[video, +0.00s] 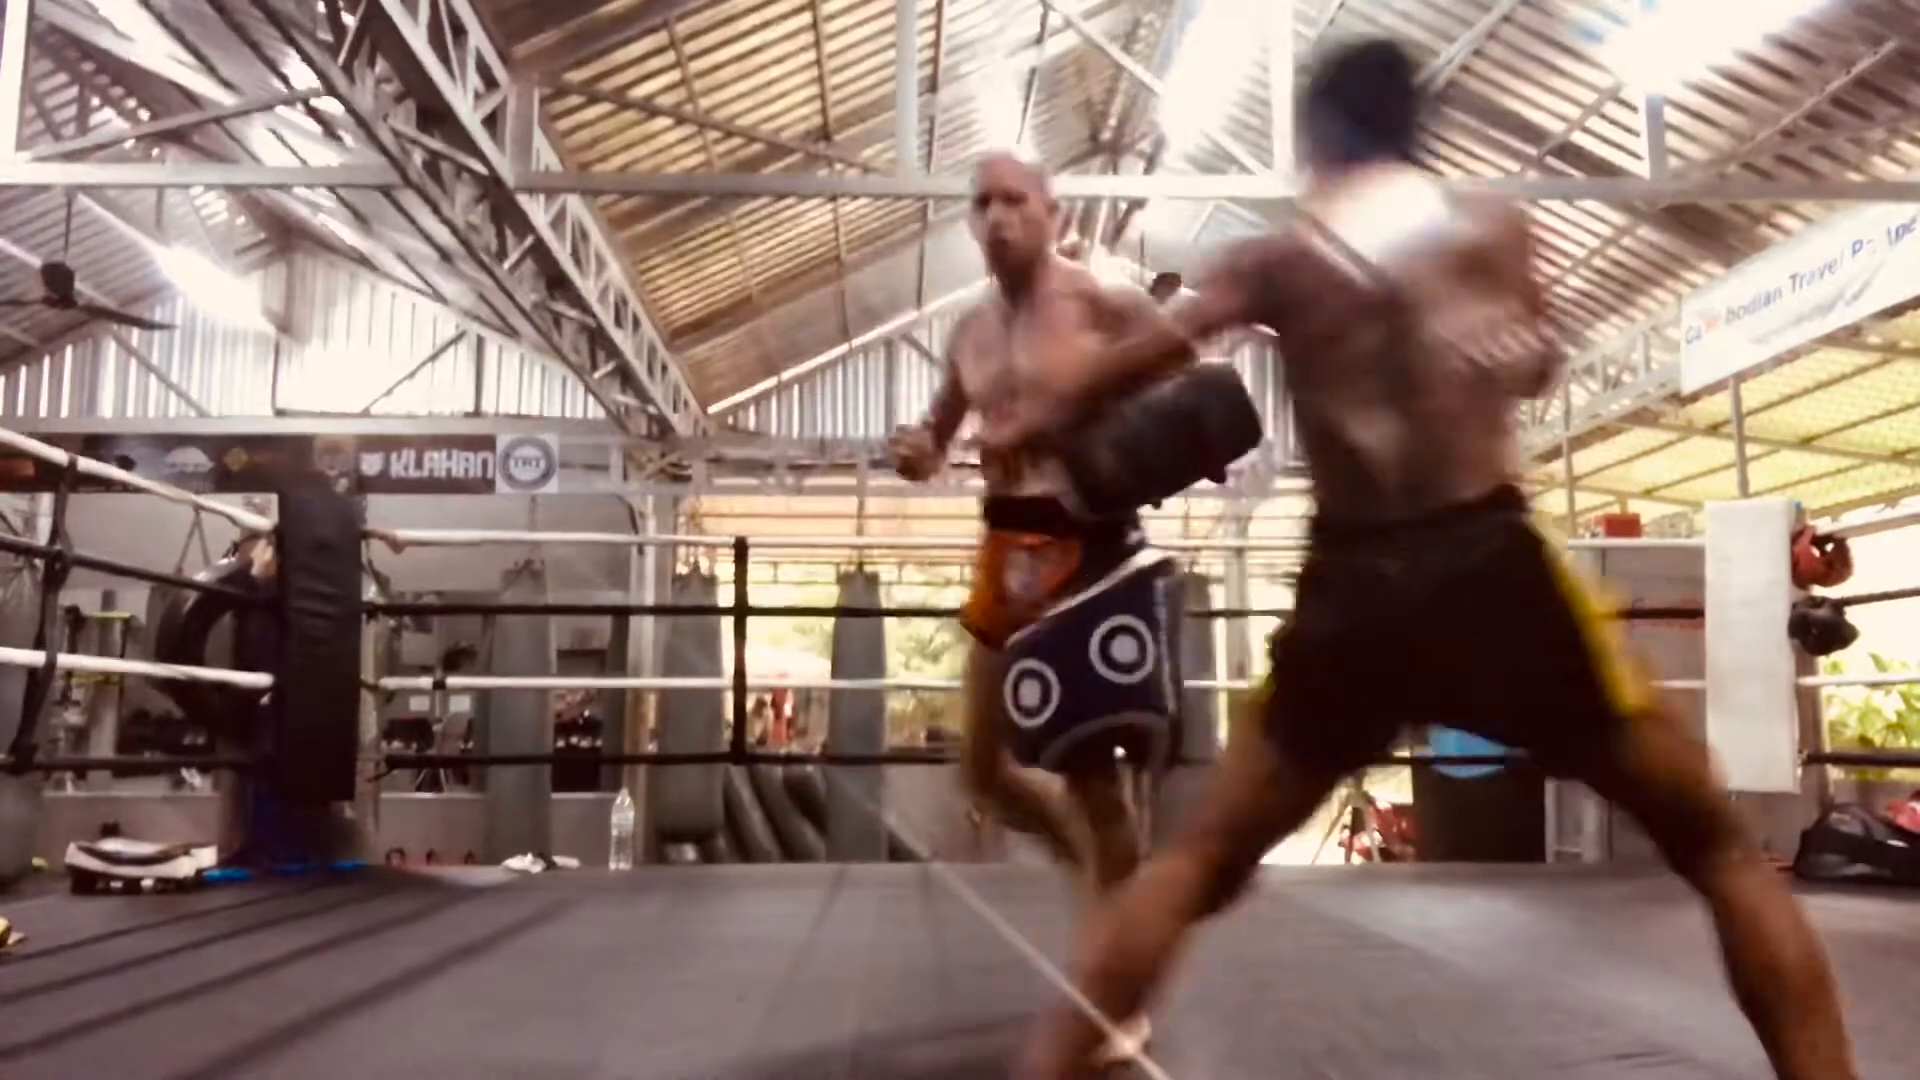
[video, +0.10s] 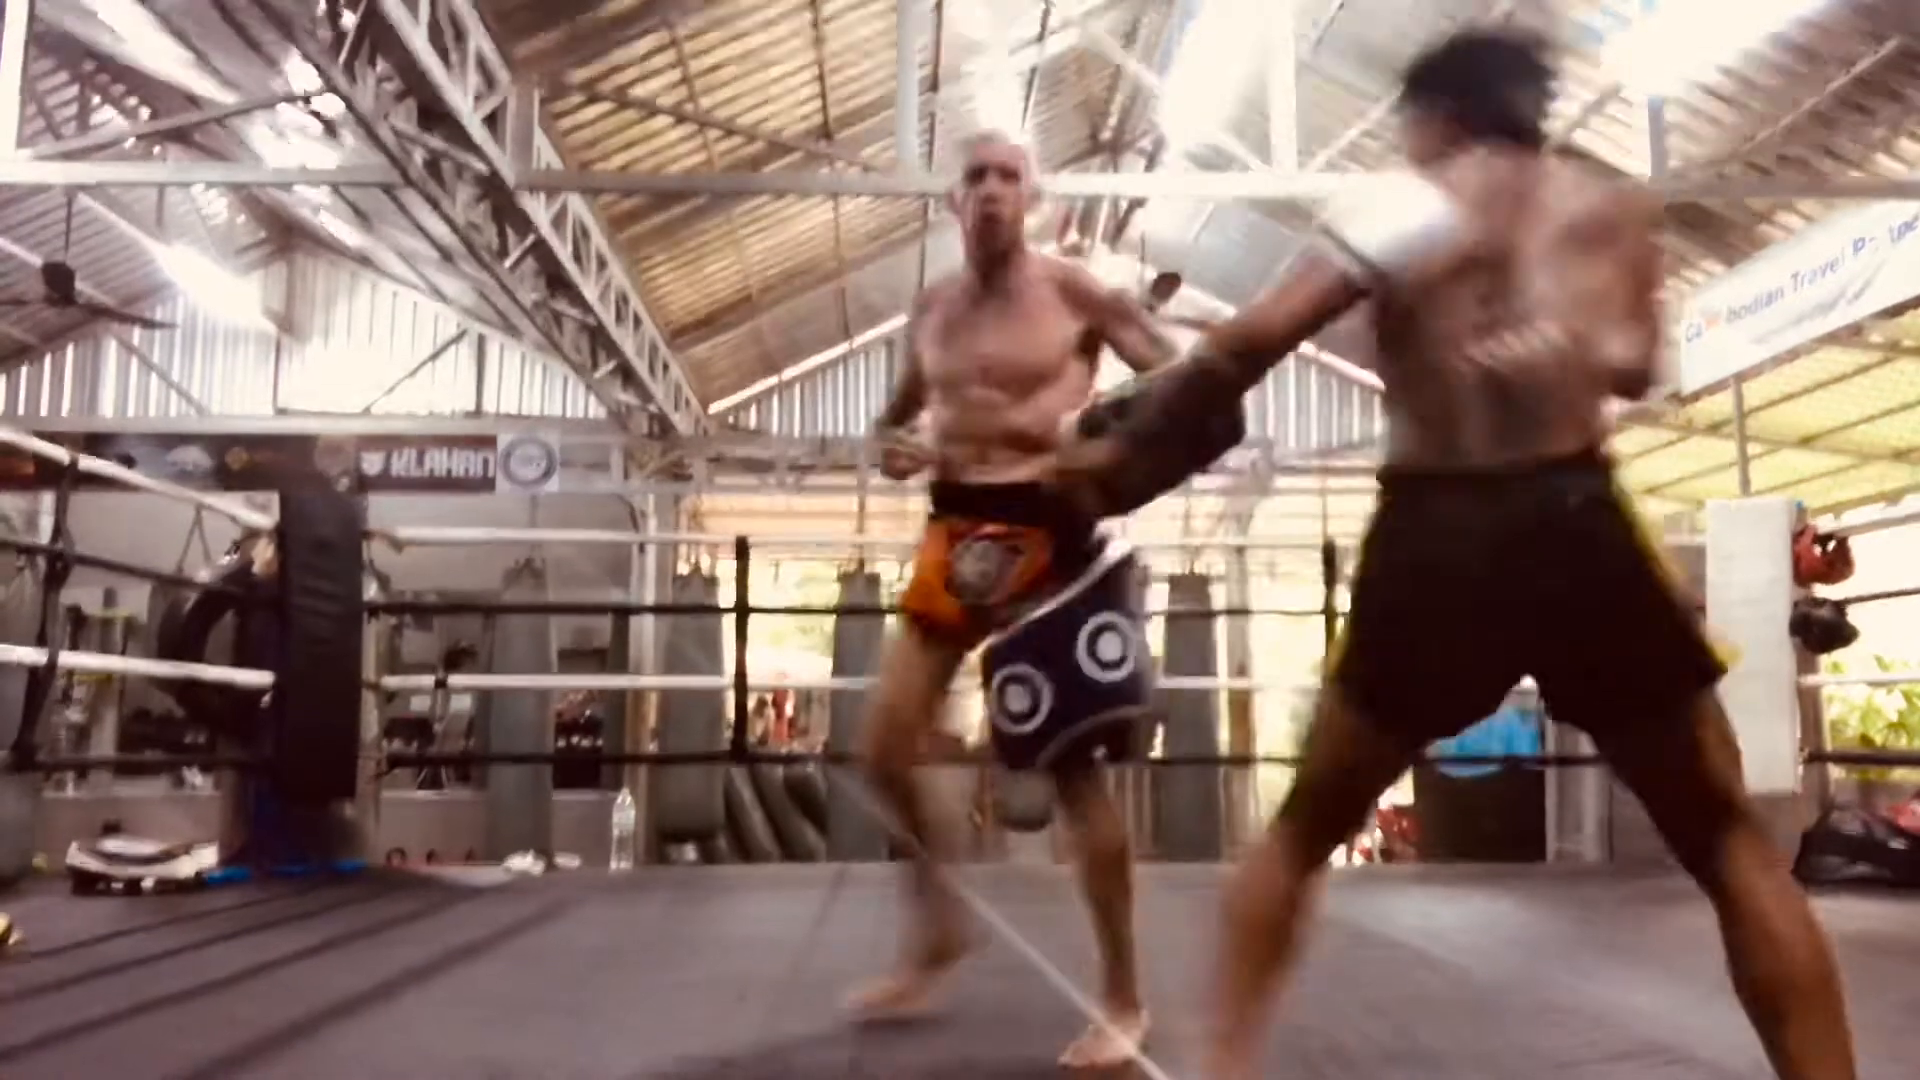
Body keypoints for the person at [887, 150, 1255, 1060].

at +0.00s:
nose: (994, 219)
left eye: (1010, 200)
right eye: (982, 204)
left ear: (1051, 209)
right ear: (972, 222)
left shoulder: (1109, 303)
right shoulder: (970, 331)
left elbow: (1193, 394)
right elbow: (932, 447)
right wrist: (914, 452)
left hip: (1092, 546)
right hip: (1007, 543)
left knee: (1098, 784)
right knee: (985, 770)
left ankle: (1118, 992)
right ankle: (1091, 851)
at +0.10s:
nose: (989, 191)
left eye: (1004, 176)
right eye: (975, 177)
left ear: (1033, 195)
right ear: (954, 196)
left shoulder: (1076, 290)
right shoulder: (934, 311)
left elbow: (1181, 378)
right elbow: (894, 424)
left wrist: (1098, 427)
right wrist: (897, 445)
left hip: (1059, 535)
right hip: (957, 533)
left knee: (1084, 781)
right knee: (886, 748)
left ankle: (1122, 1006)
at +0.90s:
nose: (860, 226)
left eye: (856, 211)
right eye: (843, 211)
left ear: (800, 224)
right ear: (789, 220)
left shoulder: (799, 321)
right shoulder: (730, 281)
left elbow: (758, 439)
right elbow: (728, 387)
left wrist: (819, 462)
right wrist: (823, 364)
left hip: (745, 536)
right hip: (669, 528)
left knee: (789, 758)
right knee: (646, 783)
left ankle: (766, 977)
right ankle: (601, 999)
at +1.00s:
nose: (887, 273)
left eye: (887, 257)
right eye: (874, 254)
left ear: (838, 267)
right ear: (823, 257)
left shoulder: (806, 360)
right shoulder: (751, 308)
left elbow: (783, 464)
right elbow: (717, 424)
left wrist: (833, 504)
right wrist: (835, 442)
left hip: (742, 550)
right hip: (672, 534)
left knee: (792, 770)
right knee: (656, 785)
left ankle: (765, 981)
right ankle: (598, 998)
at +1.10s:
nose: (904, 303)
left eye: (907, 289)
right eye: (892, 282)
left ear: (866, 293)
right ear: (841, 280)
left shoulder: (822, 396)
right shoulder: (762, 321)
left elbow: (810, 496)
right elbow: (746, 432)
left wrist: (861, 523)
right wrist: (875, 458)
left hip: (740, 559)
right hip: (663, 545)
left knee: (804, 773)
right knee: (648, 776)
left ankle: (767, 980)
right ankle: (593, 986)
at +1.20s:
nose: (907, 321)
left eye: (910, 308)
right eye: (896, 300)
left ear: (868, 309)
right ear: (846, 289)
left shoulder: (833, 403)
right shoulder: (762, 323)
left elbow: (841, 526)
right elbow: (771, 415)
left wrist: (906, 491)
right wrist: (900, 405)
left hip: (735, 570)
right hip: (654, 548)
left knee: (801, 779)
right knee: (625, 765)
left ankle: (767, 983)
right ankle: (560, 977)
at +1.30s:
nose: (898, 310)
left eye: (902, 295)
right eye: (887, 289)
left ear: (851, 289)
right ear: (837, 282)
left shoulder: (833, 381)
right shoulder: (750, 316)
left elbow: (850, 510)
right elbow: (778, 398)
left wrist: (915, 447)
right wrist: (889, 352)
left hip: (729, 561)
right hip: (647, 539)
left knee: (791, 773)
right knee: (604, 754)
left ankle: (766, 980)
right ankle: (513, 965)